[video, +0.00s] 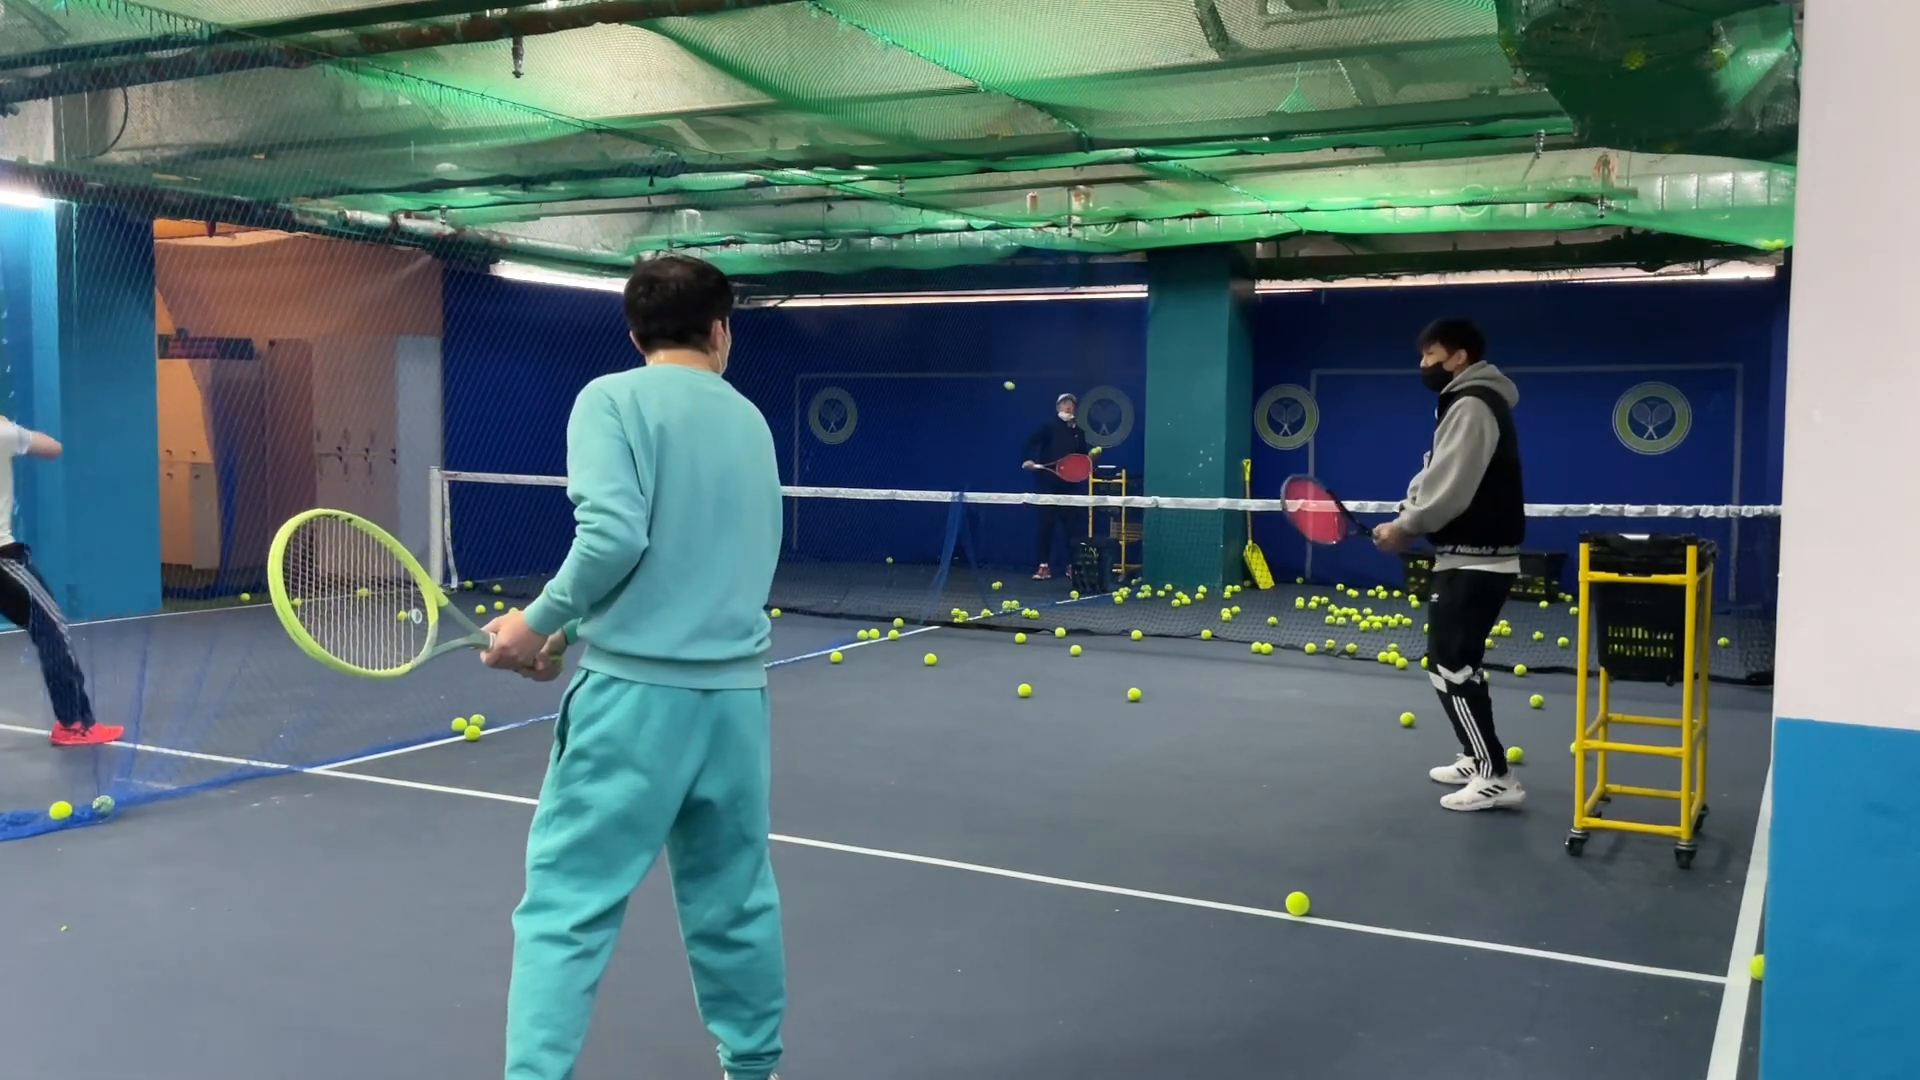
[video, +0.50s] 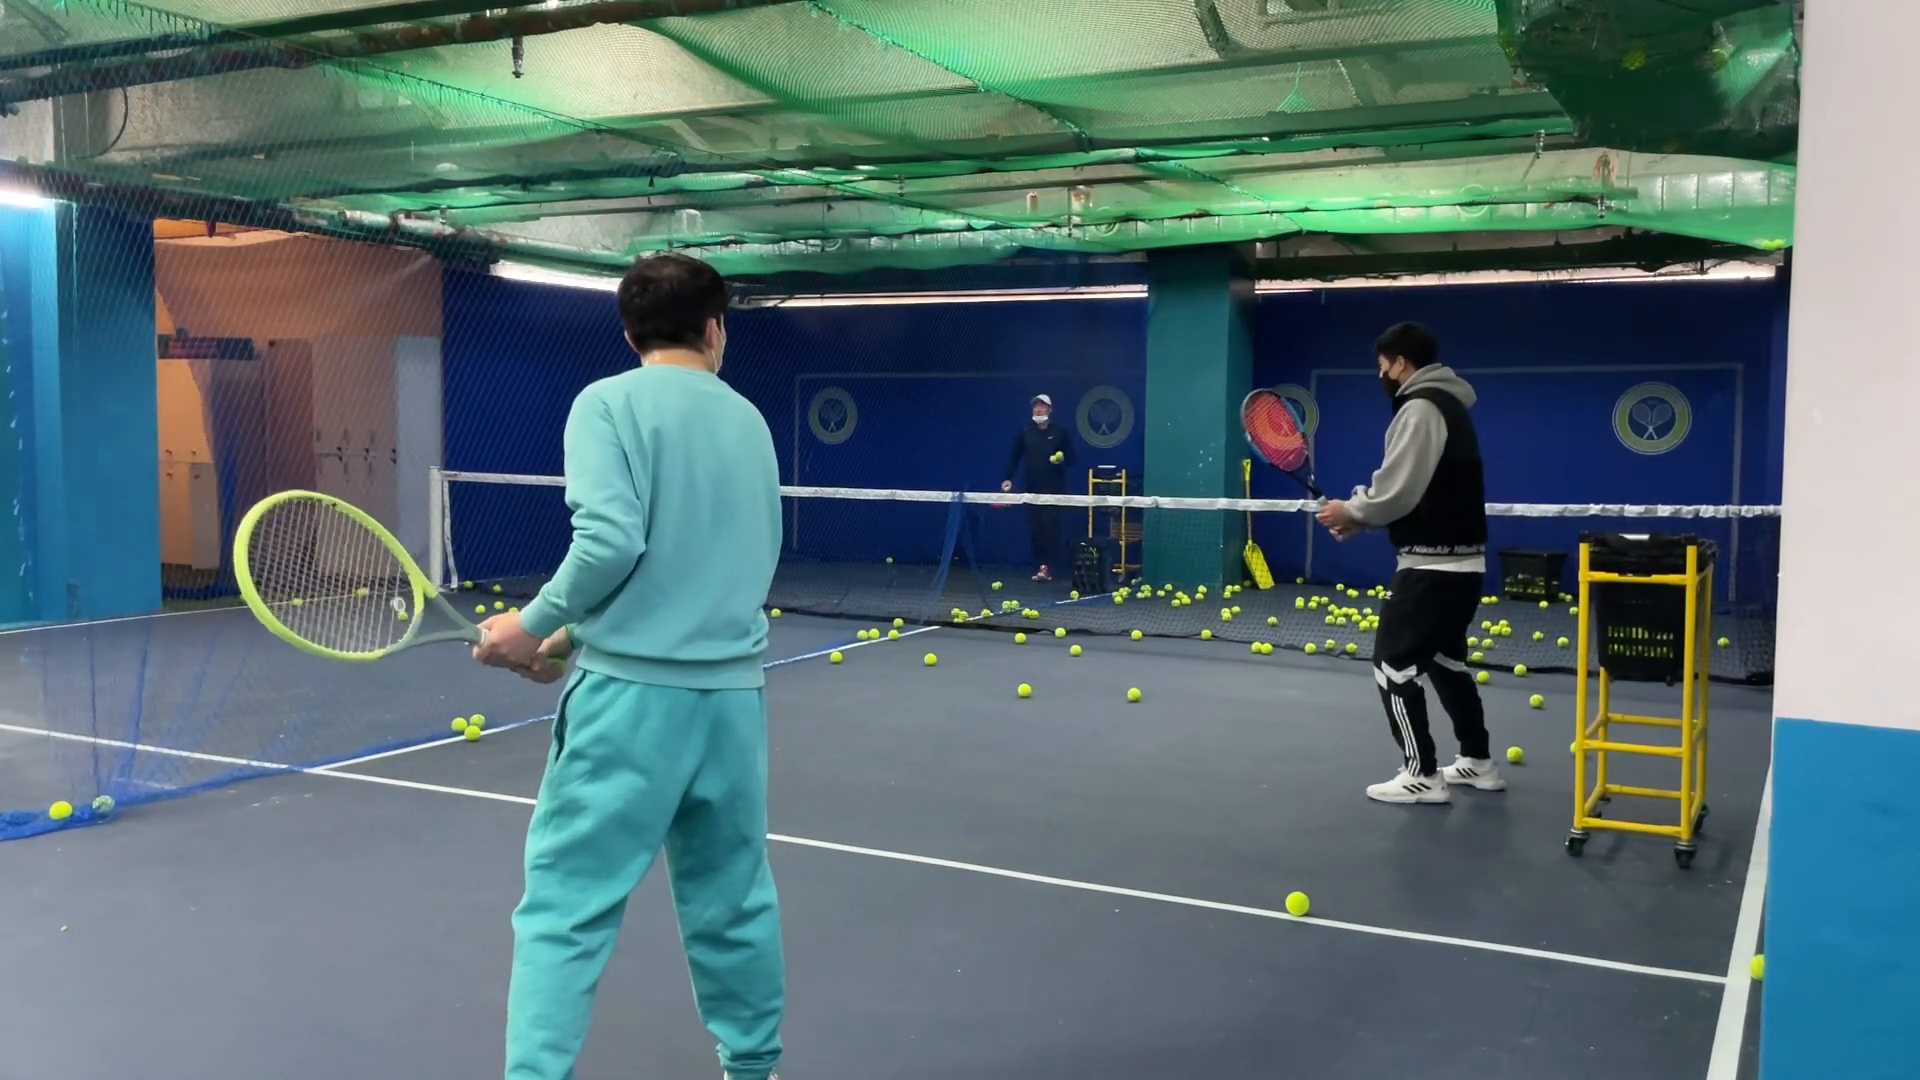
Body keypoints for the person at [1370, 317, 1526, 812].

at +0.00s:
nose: (1423, 364)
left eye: (1430, 354)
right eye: (1422, 355)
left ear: (1460, 356)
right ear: (1459, 359)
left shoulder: (1473, 408)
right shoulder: (1466, 404)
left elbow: (1450, 482)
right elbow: (1440, 474)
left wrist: (1404, 526)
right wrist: (1403, 521)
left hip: (1477, 565)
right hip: (1467, 563)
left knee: (1451, 668)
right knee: (1452, 664)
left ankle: (1494, 780)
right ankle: (1482, 759)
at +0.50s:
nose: (1383, 374)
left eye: (1384, 365)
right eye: (1382, 365)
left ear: (1402, 362)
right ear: (1423, 360)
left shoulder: (1420, 410)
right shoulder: (1449, 406)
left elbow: (1398, 487)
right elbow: (1419, 491)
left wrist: (1350, 508)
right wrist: (1362, 518)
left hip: (1430, 568)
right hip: (1462, 567)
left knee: (1394, 668)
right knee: (1447, 661)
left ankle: (1421, 775)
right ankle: (1478, 762)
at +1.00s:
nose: (1319, 371)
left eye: (1319, 363)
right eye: (1319, 363)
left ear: (1331, 361)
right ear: (1364, 358)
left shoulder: (1343, 405)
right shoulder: (1382, 404)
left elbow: (1316, 482)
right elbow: (1355, 491)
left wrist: (1280, 503)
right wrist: (1296, 516)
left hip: (1365, 561)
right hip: (1383, 559)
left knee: (1354, 665)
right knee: (1347, 662)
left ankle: (1413, 763)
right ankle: (1360, 762)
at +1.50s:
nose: (1215, 390)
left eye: (1214, 381)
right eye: (1212, 383)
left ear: (1225, 374)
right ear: (1251, 369)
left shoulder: (1255, 410)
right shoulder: (1273, 408)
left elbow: (1231, 485)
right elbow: (1242, 493)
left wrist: (1178, 494)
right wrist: (1183, 509)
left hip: (1264, 566)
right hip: (1290, 565)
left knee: (1213, 665)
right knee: (1285, 666)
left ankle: (1182, 769)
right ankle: (1348, 752)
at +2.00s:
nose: (1129, 405)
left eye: (1125, 395)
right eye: (1124, 398)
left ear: (1135, 383)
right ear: (1153, 380)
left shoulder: (1190, 403)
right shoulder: (1162, 421)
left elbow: (1175, 461)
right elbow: (1143, 492)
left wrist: (1111, 460)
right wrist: (1105, 486)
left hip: (1210, 553)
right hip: (1192, 553)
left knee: (1162, 655)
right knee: (1157, 649)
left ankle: (1180, 770)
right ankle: (1173, 735)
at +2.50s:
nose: (1110, 415)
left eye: (1111, 405)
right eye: (1108, 408)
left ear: (1129, 395)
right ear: (1131, 398)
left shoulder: (1173, 417)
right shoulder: (1137, 437)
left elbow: (1189, 482)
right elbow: (1114, 474)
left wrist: (1132, 501)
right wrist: (1104, 496)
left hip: (1183, 554)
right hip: (1160, 555)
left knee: (1135, 652)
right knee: (1133, 649)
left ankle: (1172, 751)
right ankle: (1162, 735)